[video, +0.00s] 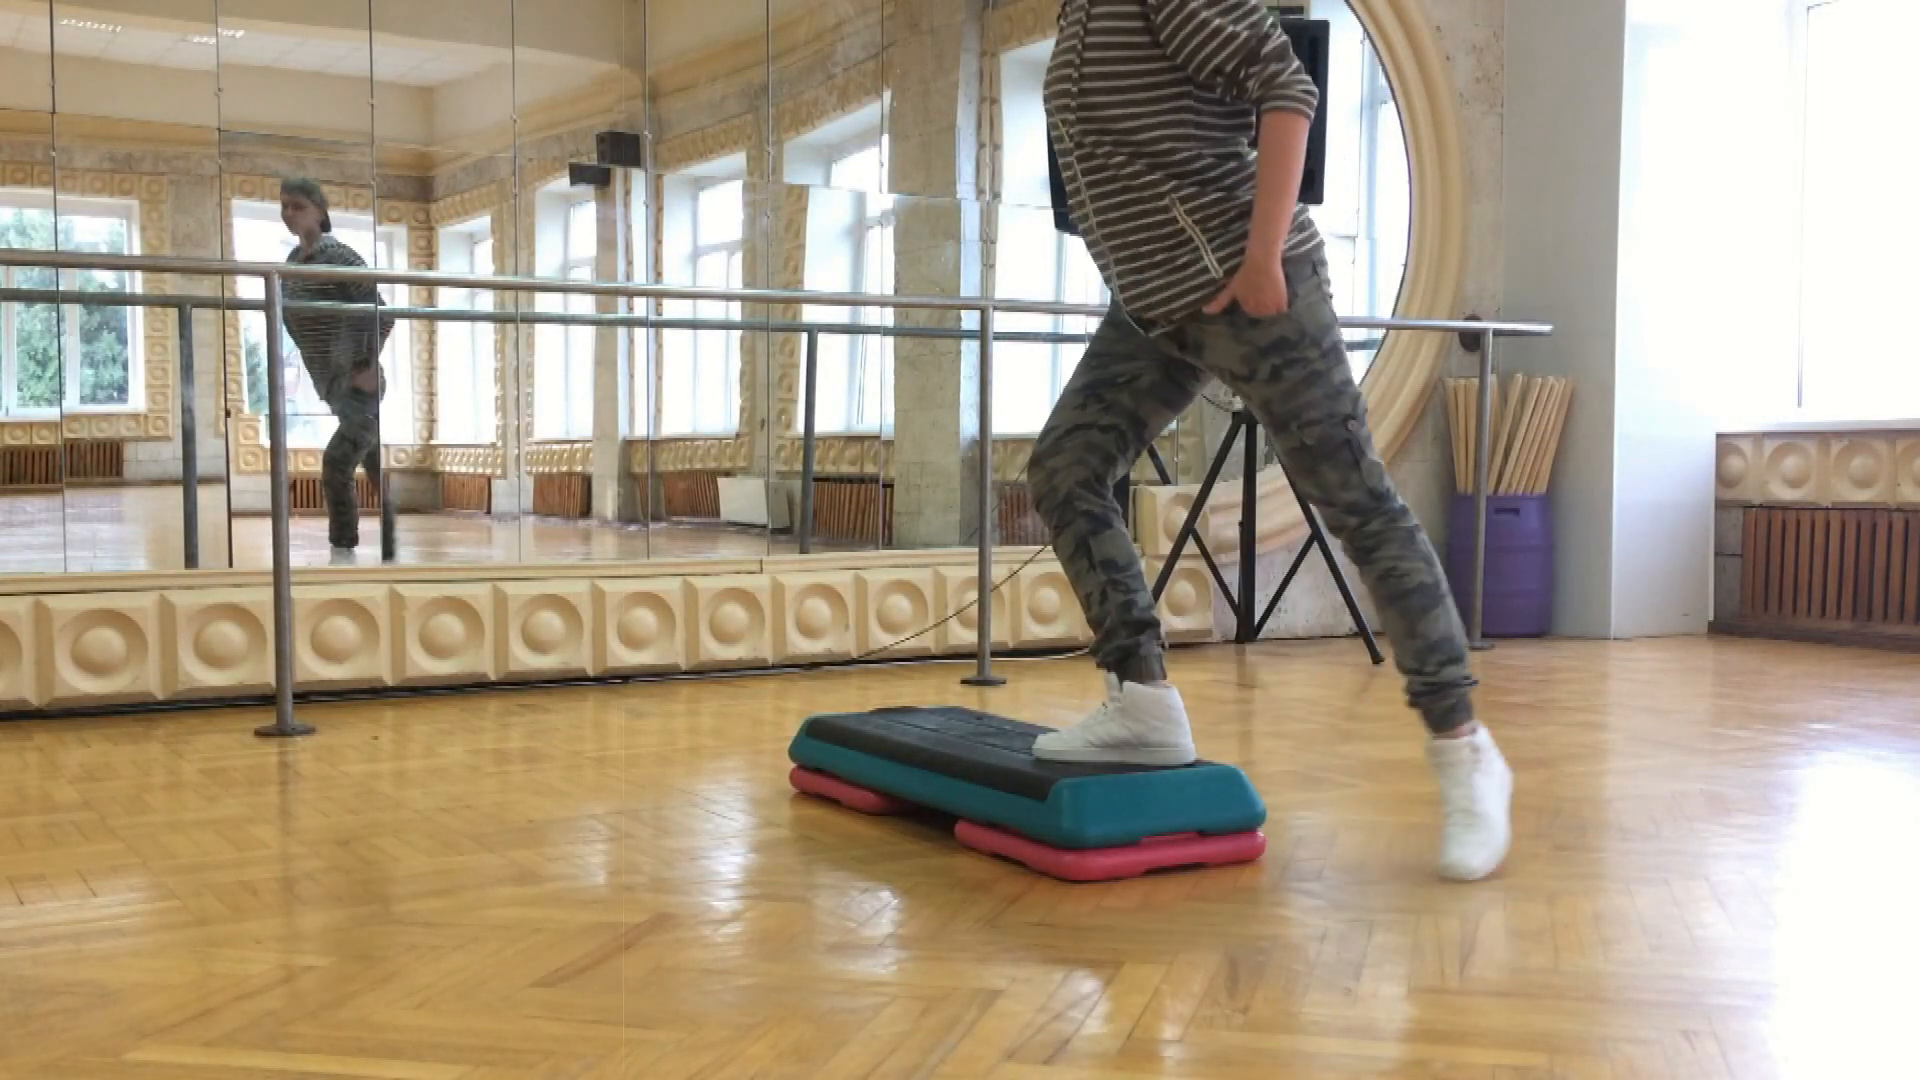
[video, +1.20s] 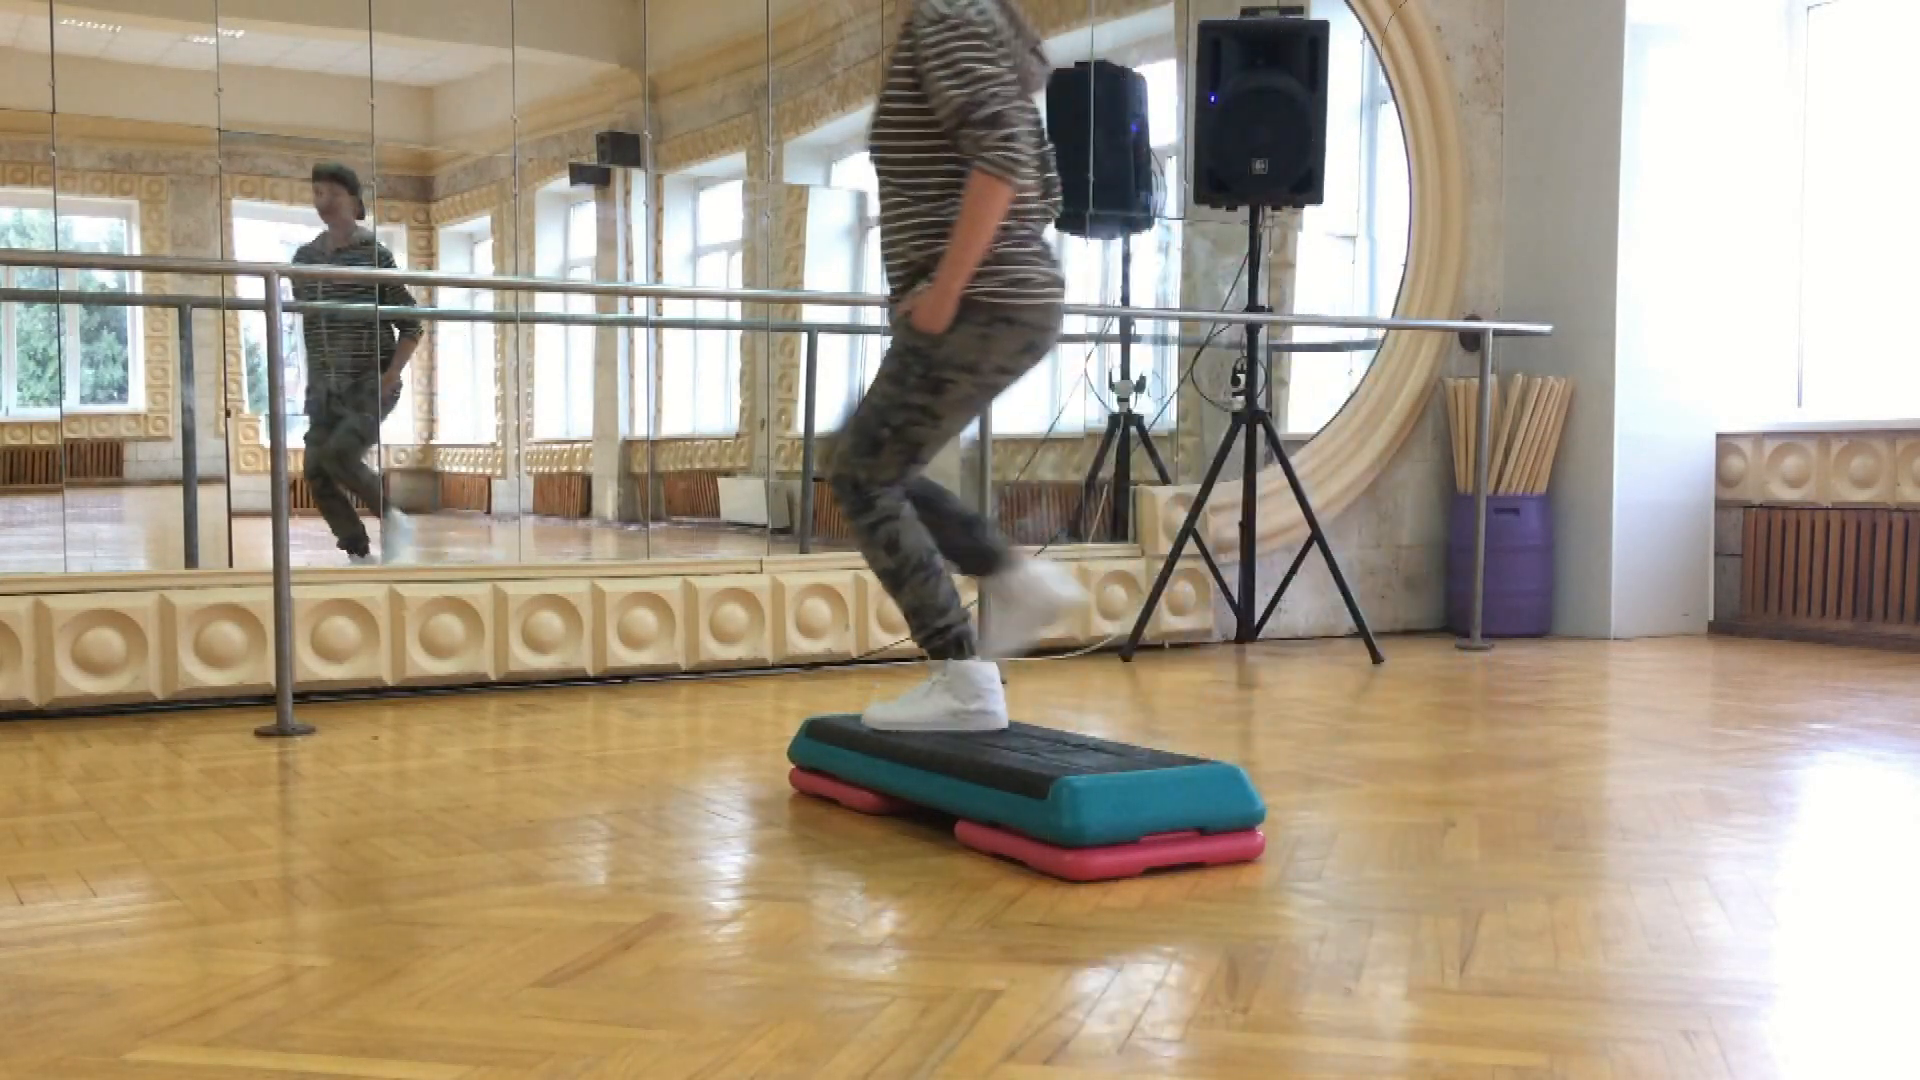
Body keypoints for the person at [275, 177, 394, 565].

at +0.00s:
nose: (288, 215)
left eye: (296, 207)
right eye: (284, 208)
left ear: (320, 210)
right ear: (284, 215)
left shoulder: (343, 258)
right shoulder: (292, 265)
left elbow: (381, 314)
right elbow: (301, 323)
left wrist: (364, 362)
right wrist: (318, 364)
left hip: (362, 379)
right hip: (329, 381)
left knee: (337, 463)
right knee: (376, 464)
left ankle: (343, 554)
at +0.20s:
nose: (321, 226)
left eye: (329, 218)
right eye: (316, 220)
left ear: (351, 222)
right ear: (313, 225)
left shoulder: (363, 268)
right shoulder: (321, 275)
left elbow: (412, 328)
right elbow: (330, 333)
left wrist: (387, 381)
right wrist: (345, 371)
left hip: (391, 391)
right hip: (362, 395)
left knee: (349, 464)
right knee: (410, 479)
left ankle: (344, 557)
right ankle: (463, 555)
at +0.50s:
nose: (367, 249)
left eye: (372, 241)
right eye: (362, 242)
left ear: (387, 244)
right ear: (358, 247)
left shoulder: (416, 291)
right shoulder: (366, 300)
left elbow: (469, 340)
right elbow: (386, 356)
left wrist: (445, 393)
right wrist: (387, 398)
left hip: (437, 406)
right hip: (398, 411)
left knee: (389, 451)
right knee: (454, 498)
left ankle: (399, 550)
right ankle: (499, 565)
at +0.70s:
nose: (368, 242)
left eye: (375, 234)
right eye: (366, 235)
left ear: (396, 240)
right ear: (366, 240)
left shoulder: (421, 286)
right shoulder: (367, 294)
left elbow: (464, 348)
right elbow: (385, 357)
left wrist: (451, 403)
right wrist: (387, 408)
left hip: (435, 411)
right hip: (394, 416)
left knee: (423, 501)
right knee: (404, 507)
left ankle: (448, 579)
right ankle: (469, 555)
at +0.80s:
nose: (368, 240)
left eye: (374, 232)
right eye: (365, 232)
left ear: (394, 235)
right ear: (363, 238)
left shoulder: (419, 286)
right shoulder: (363, 292)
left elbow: (464, 348)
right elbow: (381, 354)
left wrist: (453, 402)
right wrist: (386, 401)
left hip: (436, 412)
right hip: (395, 415)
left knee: (422, 499)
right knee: (374, 489)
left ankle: (444, 581)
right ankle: (428, 532)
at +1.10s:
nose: (338, 210)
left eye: (346, 202)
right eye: (333, 203)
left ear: (367, 207)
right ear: (329, 209)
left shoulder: (384, 258)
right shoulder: (322, 263)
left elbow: (419, 321)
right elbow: (326, 331)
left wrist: (405, 383)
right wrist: (333, 378)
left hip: (390, 390)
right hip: (346, 391)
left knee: (382, 483)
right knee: (329, 469)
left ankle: (428, 555)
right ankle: (362, 551)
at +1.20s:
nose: (324, 203)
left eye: (333, 195)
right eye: (318, 196)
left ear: (355, 201)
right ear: (314, 202)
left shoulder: (373, 255)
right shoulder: (305, 257)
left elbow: (412, 321)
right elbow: (308, 316)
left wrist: (391, 374)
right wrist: (314, 376)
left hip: (370, 383)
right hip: (323, 385)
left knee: (337, 456)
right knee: (316, 473)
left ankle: (395, 521)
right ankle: (360, 555)